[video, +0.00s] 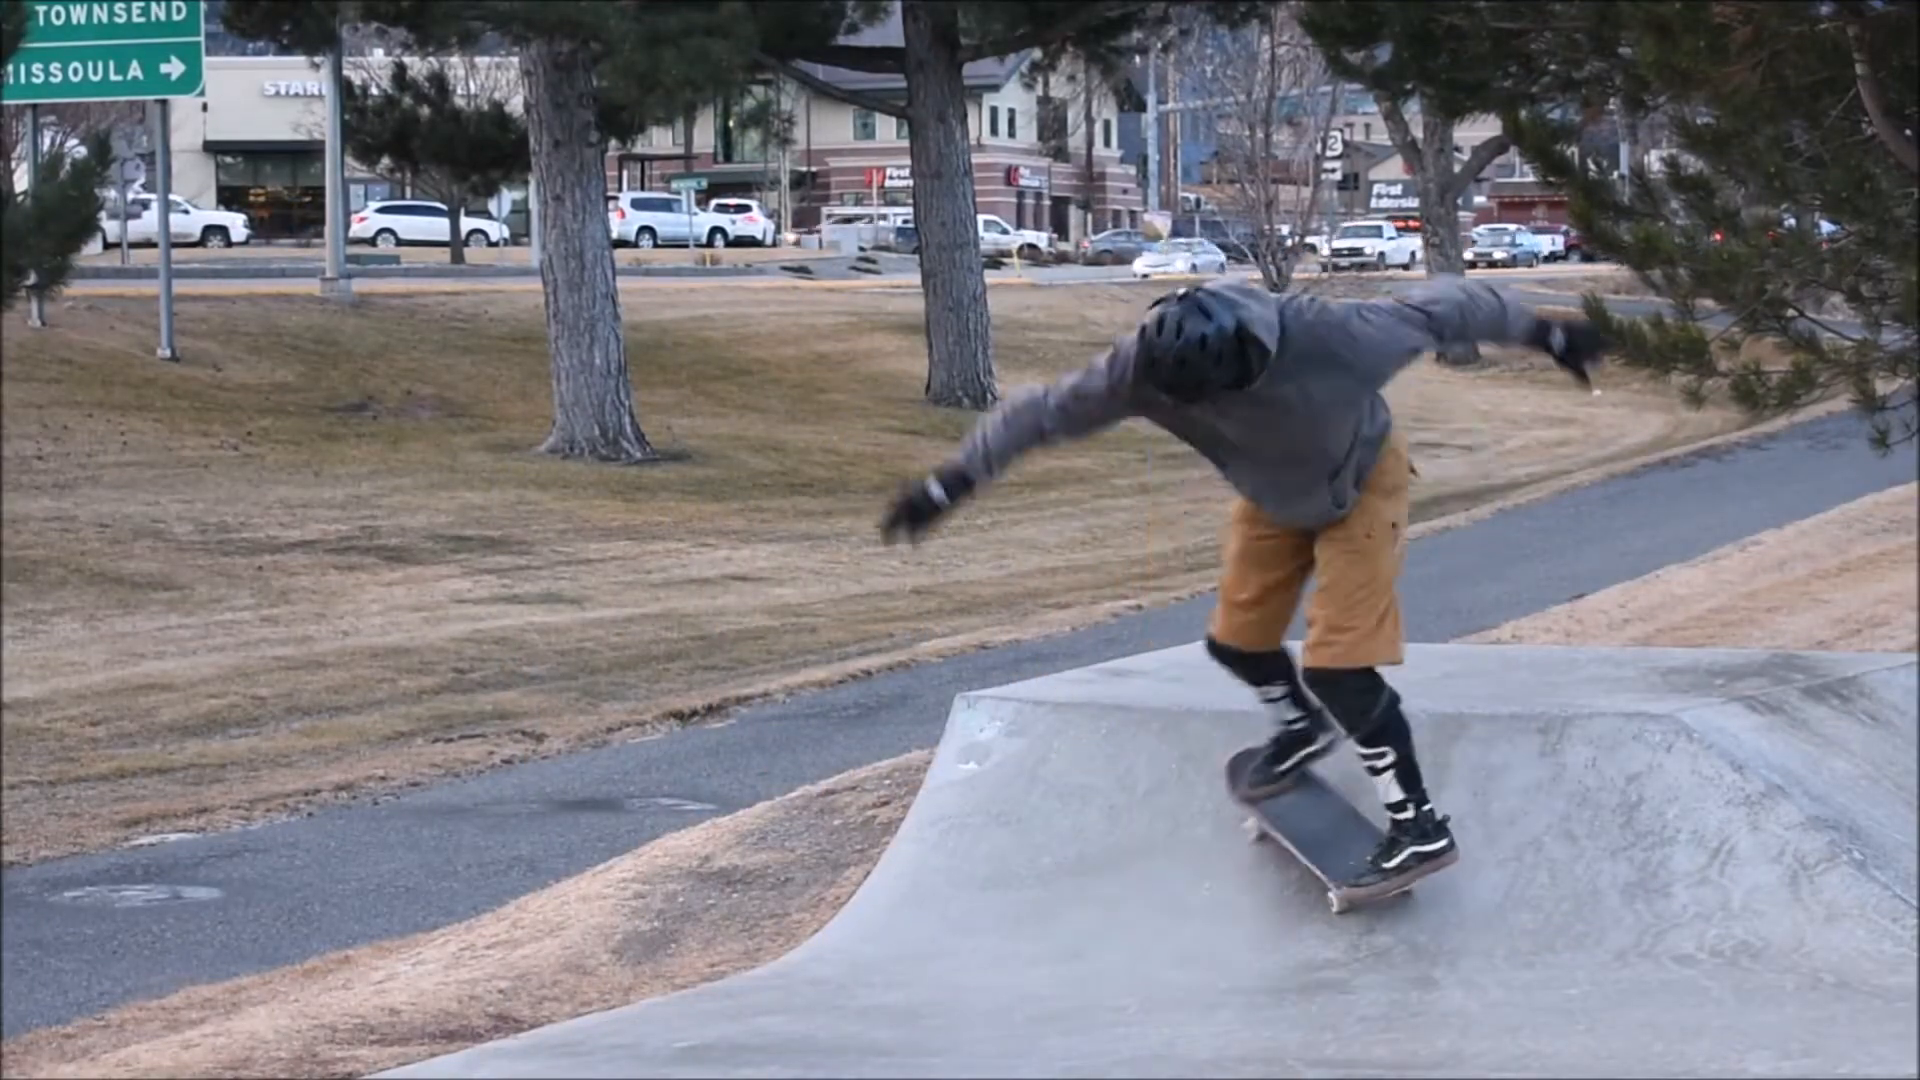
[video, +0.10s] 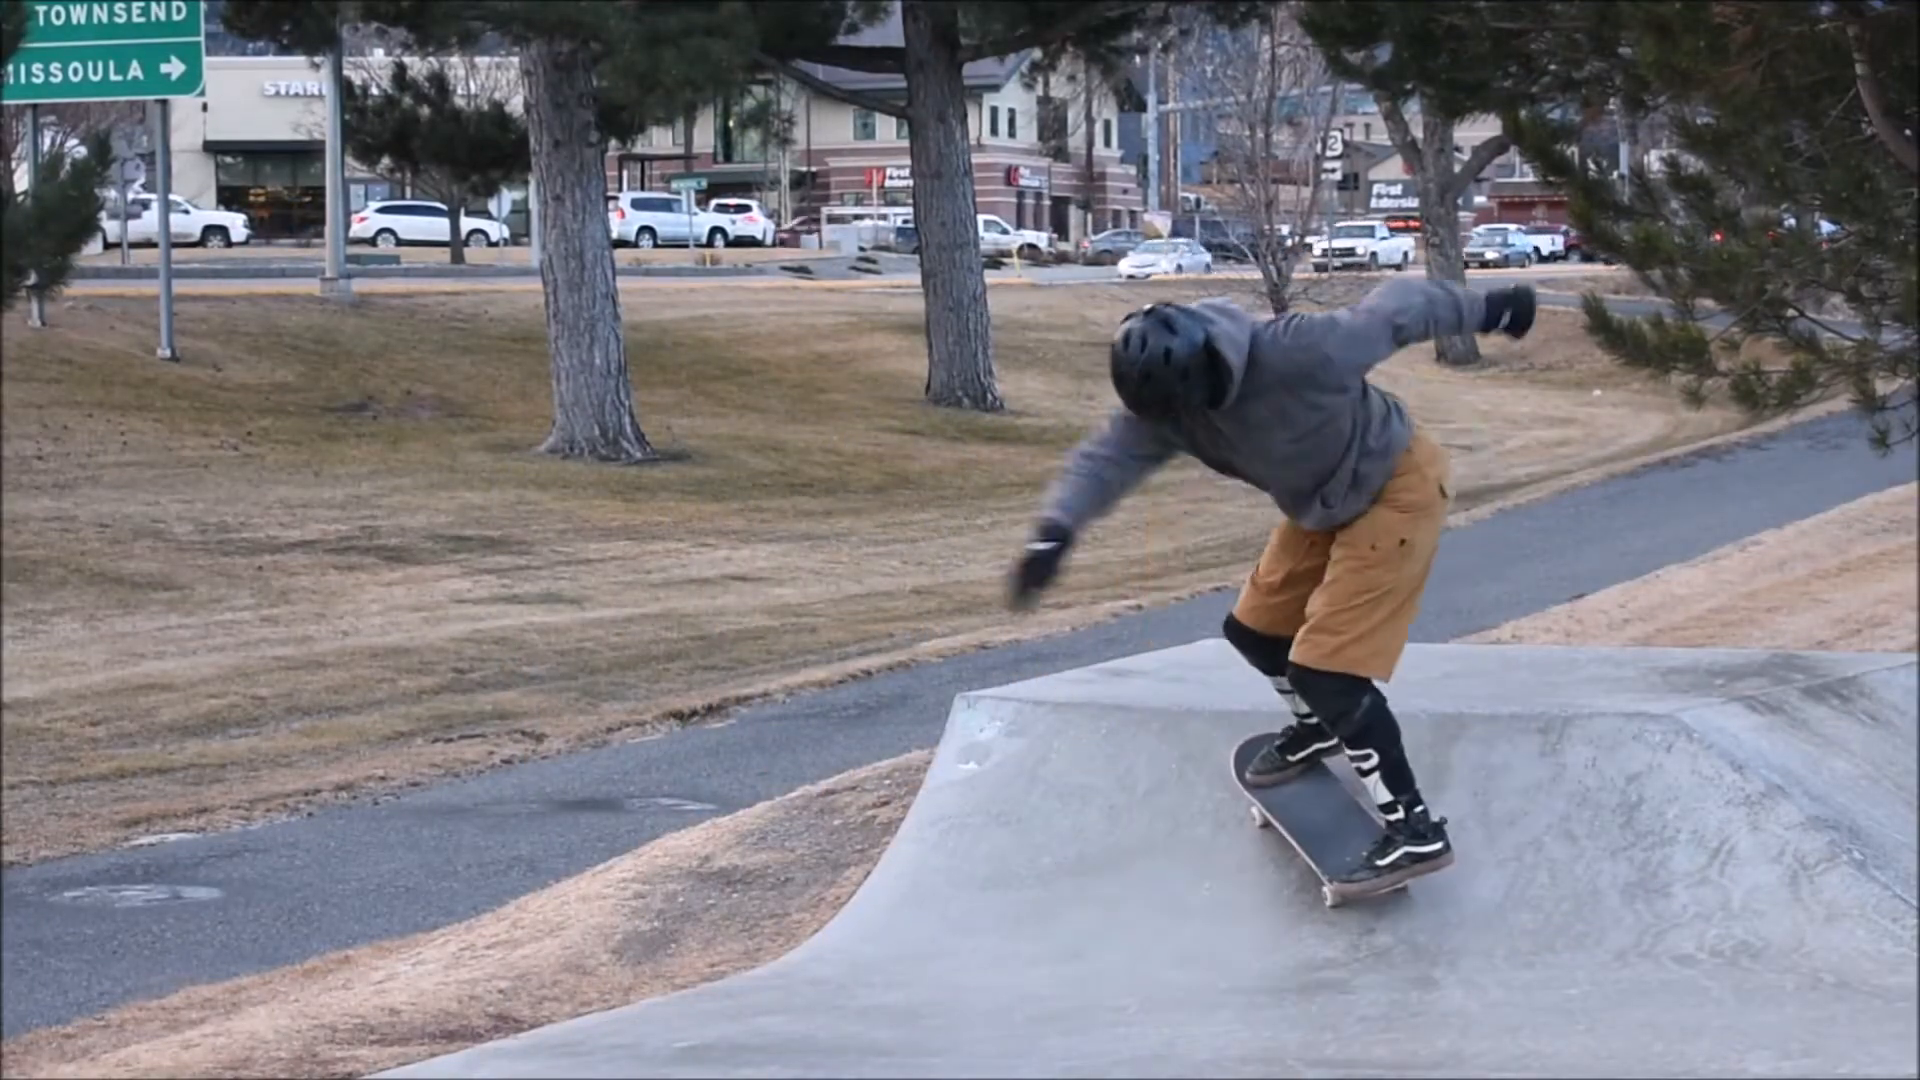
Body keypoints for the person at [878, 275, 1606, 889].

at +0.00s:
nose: (1184, 403)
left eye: (1195, 394)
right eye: (1174, 392)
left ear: (1237, 366)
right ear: (1167, 363)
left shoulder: (1327, 335)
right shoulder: (1148, 364)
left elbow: (1446, 307)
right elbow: (1043, 413)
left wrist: (1547, 327)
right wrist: (945, 483)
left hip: (1359, 476)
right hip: (1268, 492)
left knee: (1339, 669)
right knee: (1236, 641)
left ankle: (1418, 818)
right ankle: (1306, 723)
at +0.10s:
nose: (1172, 426)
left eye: (1175, 413)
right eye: (1159, 417)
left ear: (1201, 377)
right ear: (1150, 391)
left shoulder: (1295, 350)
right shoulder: (1165, 400)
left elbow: (1402, 309)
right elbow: (1104, 462)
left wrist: (1491, 305)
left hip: (1395, 484)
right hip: (1318, 501)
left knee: (1327, 672)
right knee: (1255, 630)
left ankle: (1413, 823)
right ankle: (1324, 717)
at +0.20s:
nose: (1180, 423)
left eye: (1181, 408)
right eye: (1168, 416)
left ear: (1198, 367)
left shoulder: (1293, 361)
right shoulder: (1189, 407)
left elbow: (1425, 360)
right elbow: (1145, 479)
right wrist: (1134, 533)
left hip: (1410, 490)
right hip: (1333, 510)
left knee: (1328, 675)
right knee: (1258, 637)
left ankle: (1418, 830)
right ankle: (1328, 729)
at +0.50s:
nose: (1233, 343)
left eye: (1238, 327)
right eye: (1219, 334)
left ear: (1263, 294)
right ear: (1202, 322)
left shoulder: (1353, 304)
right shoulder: (1204, 367)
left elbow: (1488, 329)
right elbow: (1140, 412)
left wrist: (1600, 380)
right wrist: (1089, 493)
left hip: (1417, 491)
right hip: (1315, 517)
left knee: (1416, 680)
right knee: (1279, 683)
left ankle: (1489, 850)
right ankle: (1298, 794)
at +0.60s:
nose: (1237, 347)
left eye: (1241, 331)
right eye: (1220, 340)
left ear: (1264, 291)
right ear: (1196, 320)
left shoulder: (1344, 289)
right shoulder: (1204, 361)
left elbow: (1449, 291)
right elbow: (1171, 399)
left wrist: (1528, 320)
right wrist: (1131, 451)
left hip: (1426, 492)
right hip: (1317, 516)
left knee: (1486, 698)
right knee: (1314, 693)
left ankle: (1514, 846)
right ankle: (1269, 863)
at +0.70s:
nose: (1237, 368)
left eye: (1243, 352)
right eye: (1223, 360)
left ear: (1269, 311)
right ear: (1203, 341)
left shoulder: (1334, 302)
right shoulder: (1219, 384)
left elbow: (1443, 302)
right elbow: (1215, 463)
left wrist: (1427, 315)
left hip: (1425, 510)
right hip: (1324, 541)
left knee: (1505, 694)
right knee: (1367, 708)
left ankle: (1480, 859)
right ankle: (1325, 896)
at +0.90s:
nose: (1244, 375)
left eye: (1254, 359)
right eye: (1229, 364)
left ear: (1285, 329)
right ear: (1210, 347)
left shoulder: (1347, 341)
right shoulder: (1216, 416)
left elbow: (1461, 396)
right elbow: (1215, 552)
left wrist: (1379, 417)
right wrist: (1241, 651)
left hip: (1395, 545)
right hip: (1294, 574)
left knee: (1477, 729)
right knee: (1324, 728)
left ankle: (1434, 879)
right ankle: (1262, 915)